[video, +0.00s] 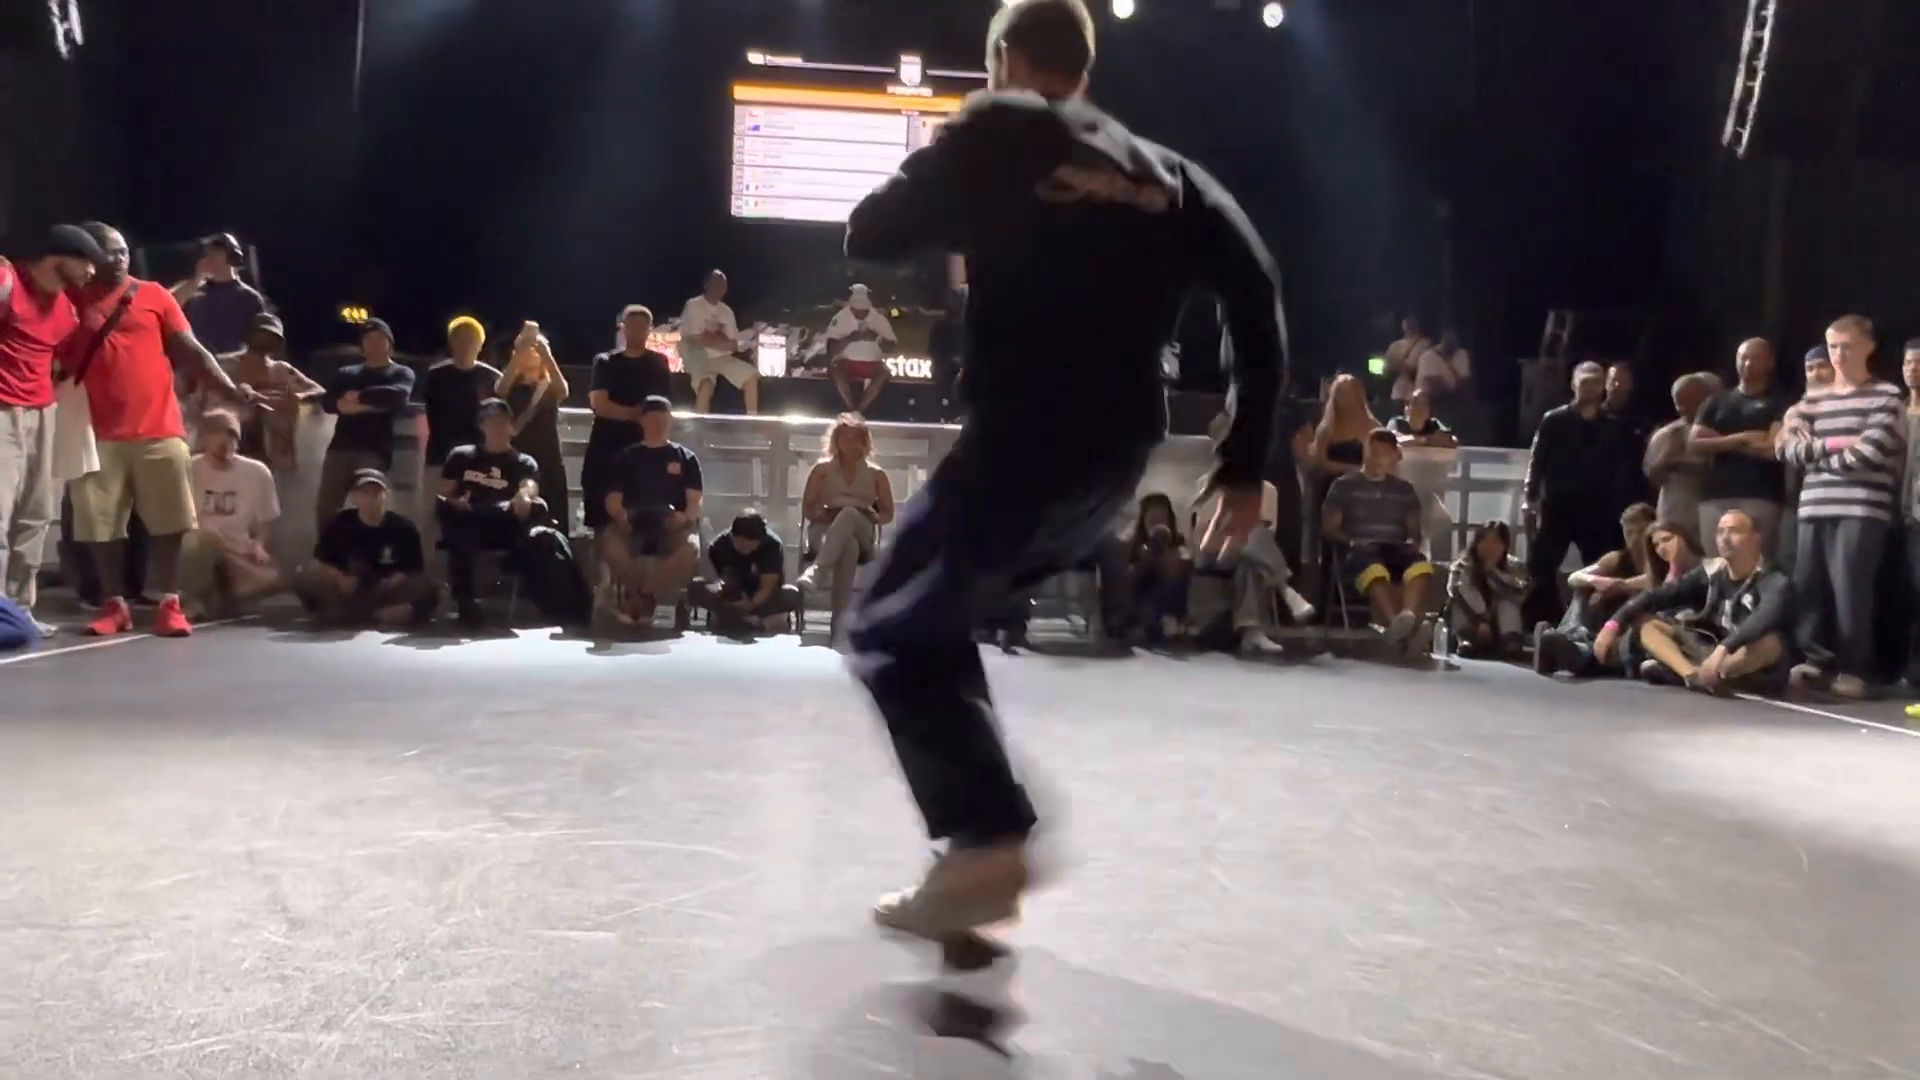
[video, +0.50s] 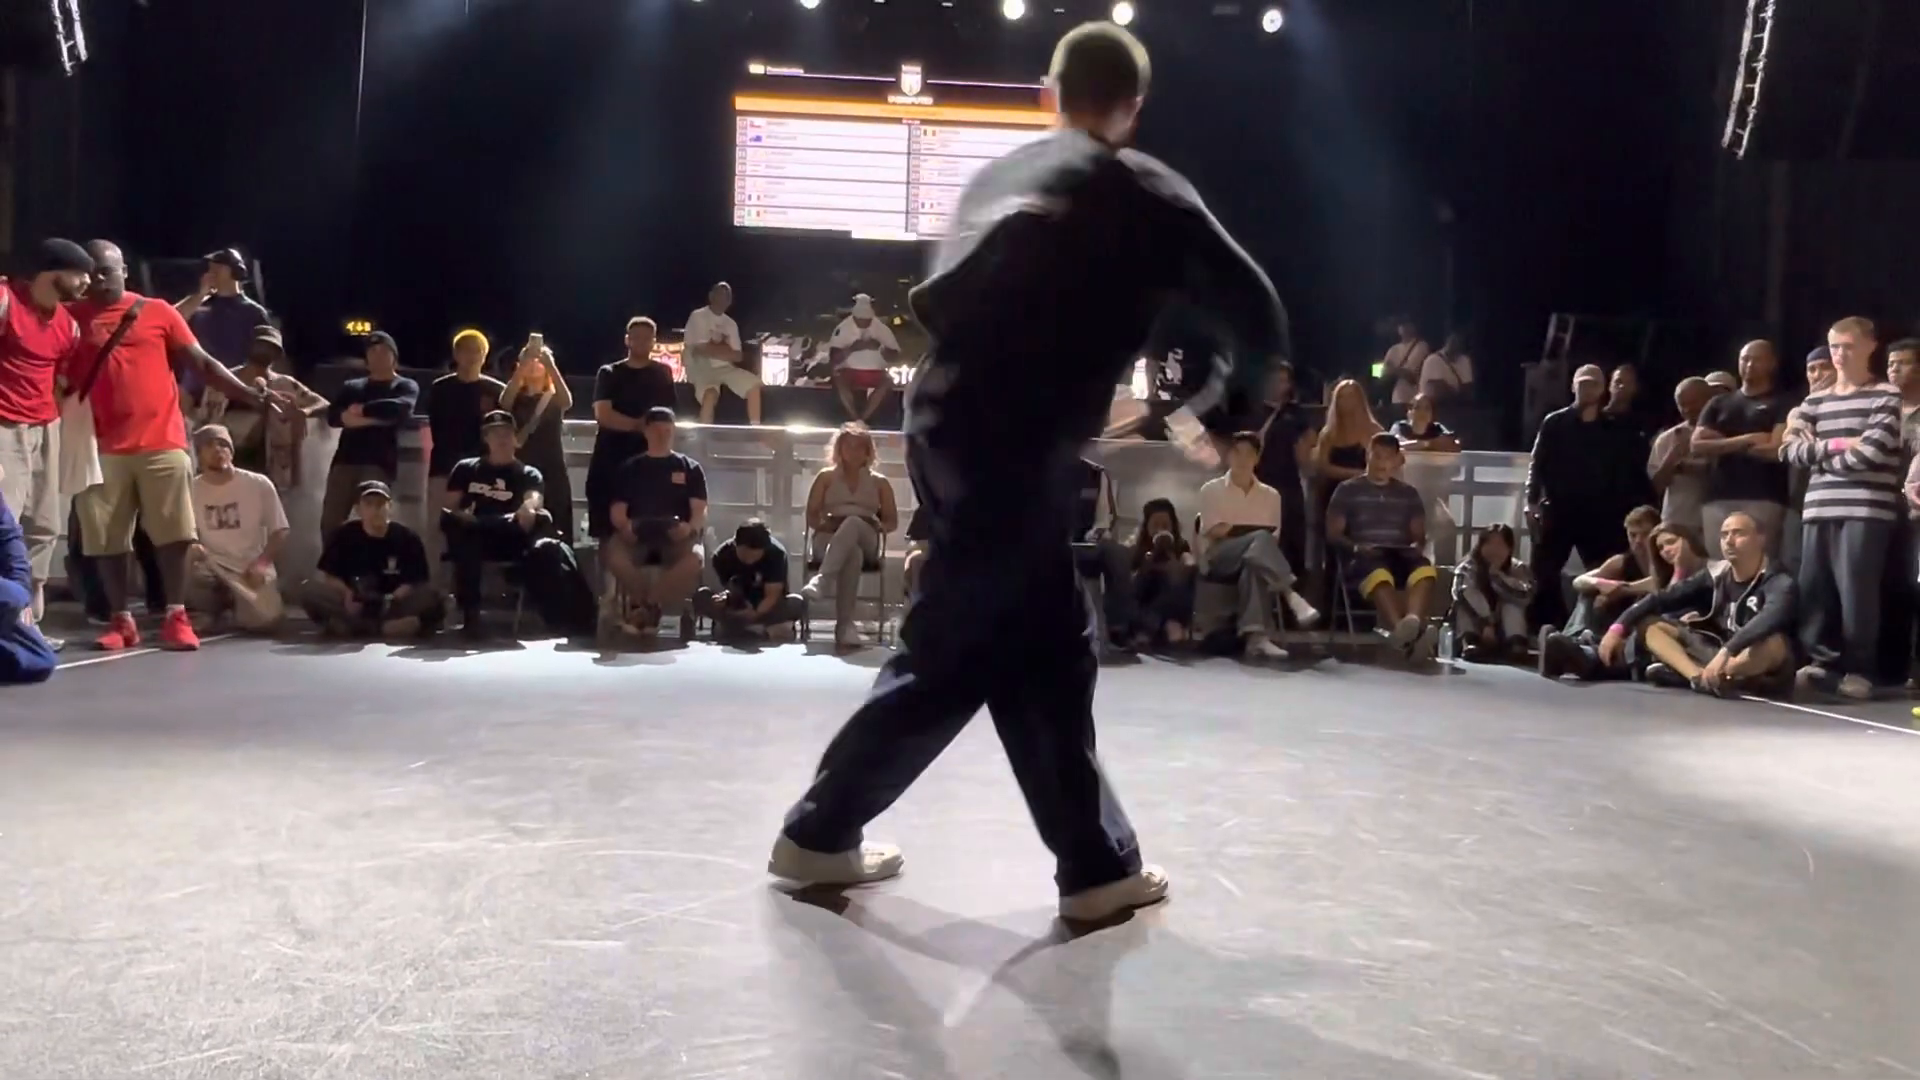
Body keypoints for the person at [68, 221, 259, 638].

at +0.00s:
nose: (121, 259)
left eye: (124, 252)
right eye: (112, 253)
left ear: (130, 255)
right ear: (90, 259)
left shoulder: (154, 295)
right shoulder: (75, 304)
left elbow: (193, 348)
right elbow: (54, 366)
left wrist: (231, 386)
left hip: (159, 431)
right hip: (99, 436)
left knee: (172, 523)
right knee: (102, 528)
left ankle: (168, 605)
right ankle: (114, 607)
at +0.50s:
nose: (101, 278)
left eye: (108, 270)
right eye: (93, 272)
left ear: (125, 272)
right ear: (82, 276)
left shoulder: (157, 311)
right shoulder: (75, 321)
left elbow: (204, 362)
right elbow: (59, 386)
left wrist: (256, 396)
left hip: (162, 442)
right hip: (104, 448)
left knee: (174, 531)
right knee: (108, 540)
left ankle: (175, 617)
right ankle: (120, 622)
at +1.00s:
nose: (98, 278)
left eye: (106, 269)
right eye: (96, 271)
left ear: (132, 268)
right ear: (96, 275)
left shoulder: (174, 313)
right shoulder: (84, 321)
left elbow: (214, 375)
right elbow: (66, 387)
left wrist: (221, 421)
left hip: (172, 447)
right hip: (113, 451)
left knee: (187, 537)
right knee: (117, 543)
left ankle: (189, 615)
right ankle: (126, 621)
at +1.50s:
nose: (114, 285)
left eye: (118, 276)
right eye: (113, 278)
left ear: (145, 269)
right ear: (134, 274)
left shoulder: (191, 311)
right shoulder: (114, 320)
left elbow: (229, 368)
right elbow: (99, 381)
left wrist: (208, 423)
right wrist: (106, 361)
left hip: (190, 448)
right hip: (135, 450)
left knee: (202, 540)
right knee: (134, 542)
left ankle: (201, 617)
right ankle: (137, 619)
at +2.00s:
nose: (128, 270)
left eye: (133, 261)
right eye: (125, 264)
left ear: (158, 258)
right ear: (121, 268)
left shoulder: (203, 302)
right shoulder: (113, 311)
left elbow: (238, 361)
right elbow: (102, 370)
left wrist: (243, 418)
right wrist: (138, 332)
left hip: (200, 441)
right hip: (140, 443)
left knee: (210, 531)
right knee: (139, 532)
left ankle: (207, 607)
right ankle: (143, 610)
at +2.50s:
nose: (138, 260)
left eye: (142, 251)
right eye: (128, 255)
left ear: (155, 250)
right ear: (114, 262)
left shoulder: (192, 295)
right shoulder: (103, 301)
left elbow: (218, 356)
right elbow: (107, 360)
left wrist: (235, 413)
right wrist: (153, 321)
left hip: (198, 429)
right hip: (140, 432)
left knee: (208, 518)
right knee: (141, 522)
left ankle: (210, 600)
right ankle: (150, 604)